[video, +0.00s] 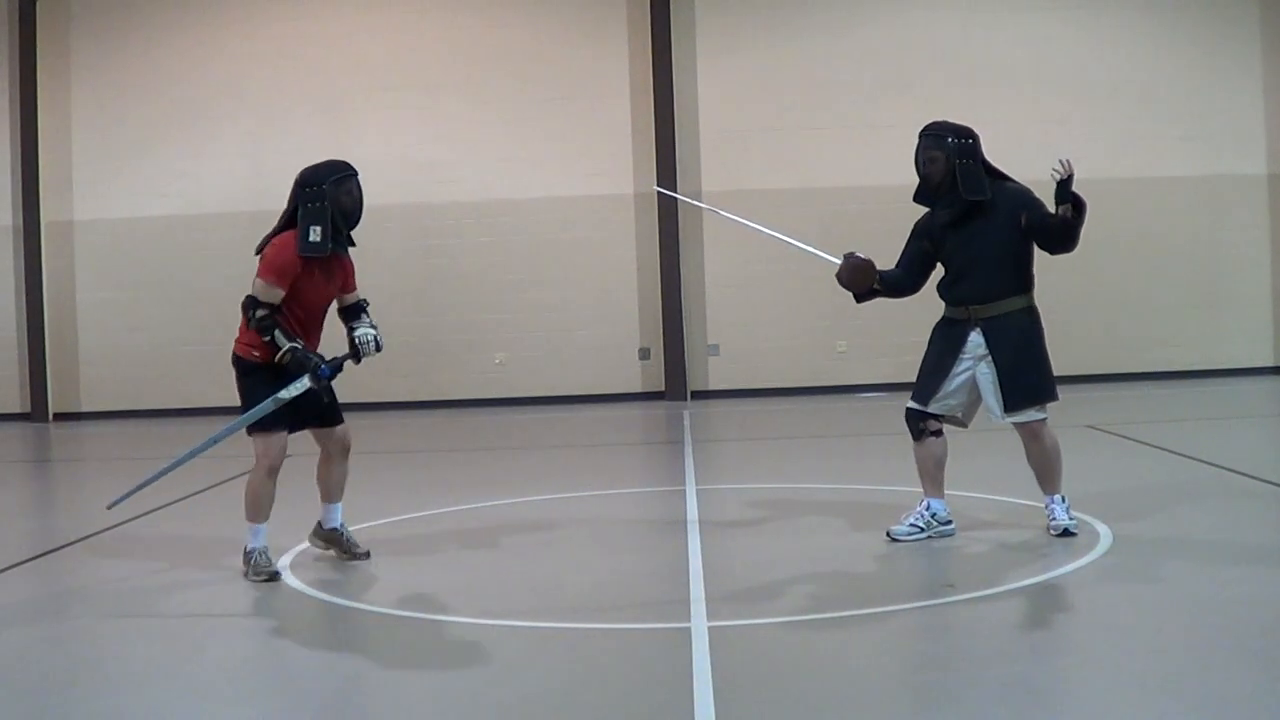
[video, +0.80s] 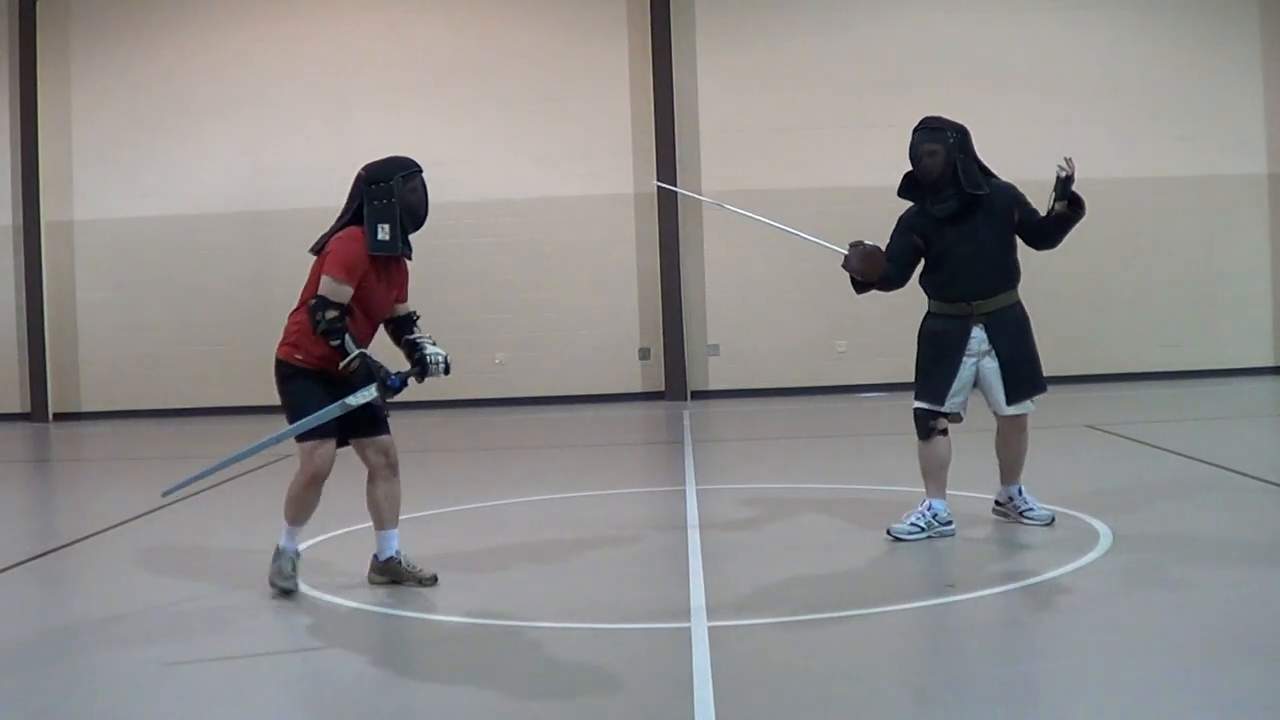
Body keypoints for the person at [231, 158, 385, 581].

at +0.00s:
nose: (354, 205)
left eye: (355, 196)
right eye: (346, 196)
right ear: (319, 201)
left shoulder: (338, 252)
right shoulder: (285, 249)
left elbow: (349, 301)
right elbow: (258, 313)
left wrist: (360, 324)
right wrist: (293, 353)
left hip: (303, 361)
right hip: (260, 362)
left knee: (337, 442)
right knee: (270, 456)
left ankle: (330, 526)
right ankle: (256, 549)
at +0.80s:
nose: (423, 199)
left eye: (421, 189)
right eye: (414, 190)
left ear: (393, 197)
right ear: (388, 195)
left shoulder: (395, 256)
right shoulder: (350, 245)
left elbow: (399, 318)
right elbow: (326, 316)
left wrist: (420, 350)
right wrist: (365, 364)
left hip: (350, 367)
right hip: (304, 365)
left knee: (382, 458)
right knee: (318, 462)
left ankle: (387, 558)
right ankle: (287, 551)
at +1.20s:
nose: (453, 201)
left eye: (451, 192)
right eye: (446, 193)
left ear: (412, 201)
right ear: (425, 201)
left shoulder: (417, 250)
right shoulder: (394, 254)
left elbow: (437, 291)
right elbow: (372, 330)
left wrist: (467, 312)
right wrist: (422, 361)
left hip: (371, 374)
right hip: (333, 373)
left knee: (427, 445)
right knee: (352, 481)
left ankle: (459, 544)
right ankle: (299, 571)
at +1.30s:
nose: (471, 213)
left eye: (470, 204)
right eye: (464, 205)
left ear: (429, 214)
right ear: (445, 215)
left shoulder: (435, 257)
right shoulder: (416, 271)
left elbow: (468, 280)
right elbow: (408, 349)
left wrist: (498, 295)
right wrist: (465, 358)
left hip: (390, 377)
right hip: (352, 379)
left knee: (456, 435)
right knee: (369, 489)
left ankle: (517, 520)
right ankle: (298, 566)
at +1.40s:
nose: (503, 221)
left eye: (500, 212)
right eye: (495, 213)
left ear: (460, 224)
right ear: (473, 224)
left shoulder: (464, 265)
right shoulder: (442, 279)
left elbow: (516, 289)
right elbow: (482, 351)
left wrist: (542, 280)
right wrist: (533, 321)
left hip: (416, 389)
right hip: (380, 391)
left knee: (495, 431)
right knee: (374, 499)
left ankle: (566, 508)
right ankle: (302, 570)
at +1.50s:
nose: (544, 217)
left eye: (541, 208)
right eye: (538, 208)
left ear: (503, 218)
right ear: (519, 216)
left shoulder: (506, 260)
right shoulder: (495, 262)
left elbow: (561, 303)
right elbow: (565, 302)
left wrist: (606, 274)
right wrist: (613, 271)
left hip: (465, 390)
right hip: (426, 388)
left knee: (538, 444)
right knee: (383, 482)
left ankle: (591, 531)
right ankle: (309, 564)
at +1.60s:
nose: (591, 215)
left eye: (585, 207)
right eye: (583, 207)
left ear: (546, 220)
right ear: (572, 217)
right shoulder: (576, 258)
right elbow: (643, 251)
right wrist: (697, 233)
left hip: (494, 383)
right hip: (491, 383)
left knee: (579, 451)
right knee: (433, 480)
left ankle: (610, 546)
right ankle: (338, 538)